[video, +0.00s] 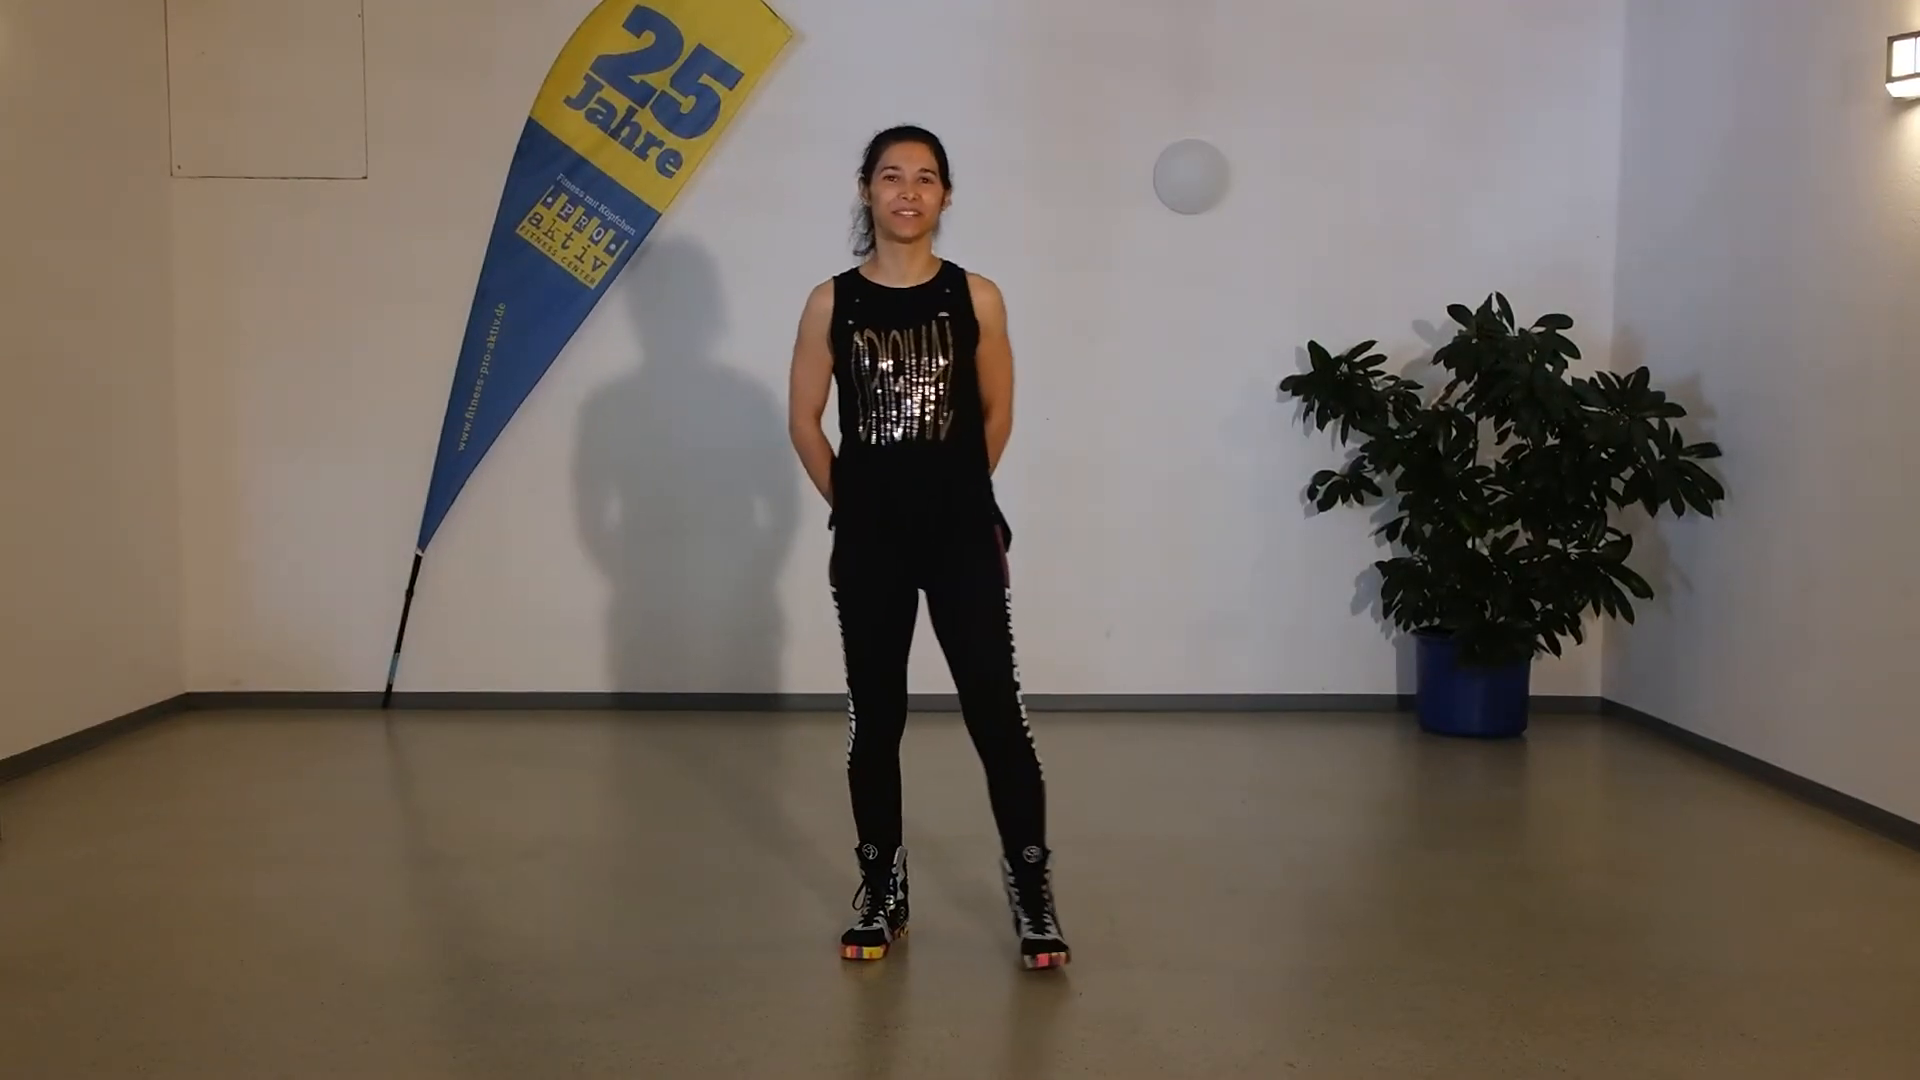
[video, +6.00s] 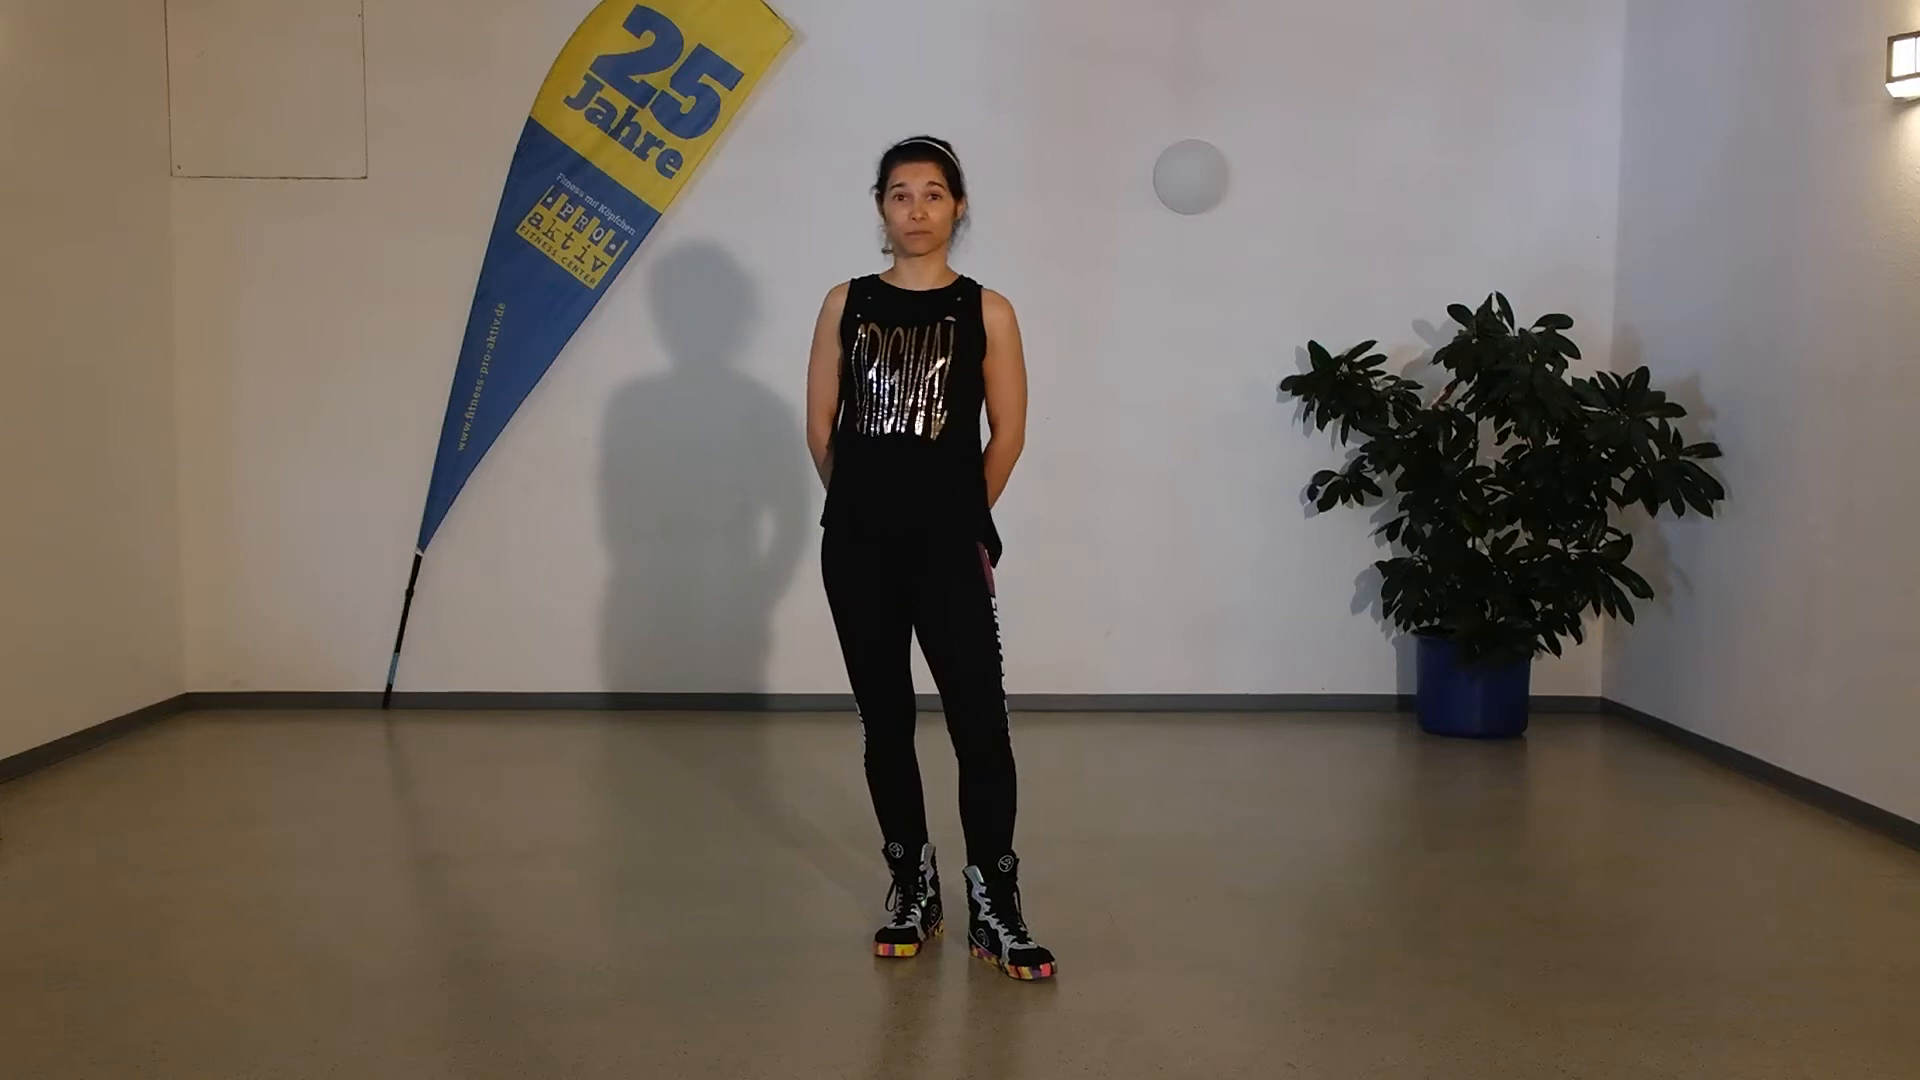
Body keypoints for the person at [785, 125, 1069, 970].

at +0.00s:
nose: (908, 191)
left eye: (924, 179)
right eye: (893, 177)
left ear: (945, 198)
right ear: (866, 193)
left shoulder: (976, 296)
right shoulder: (831, 303)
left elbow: (997, 416)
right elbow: (805, 424)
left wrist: (958, 490)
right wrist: (852, 504)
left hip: (960, 524)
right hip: (869, 527)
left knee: (995, 712)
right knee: (875, 717)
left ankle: (1033, 897)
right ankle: (882, 894)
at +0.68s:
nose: (1005, 182)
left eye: (1022, 169)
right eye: (988, 172)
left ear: (1051, 187)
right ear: (969, 195)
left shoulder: (1092, 293)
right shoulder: (944, 297)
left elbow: (1124, 416)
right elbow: (930, 425)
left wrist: (1084, 508)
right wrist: (972, 504)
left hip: (1067, 531)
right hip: (973, 528)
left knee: (1056, 727)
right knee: (945, 716)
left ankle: (1048, 912)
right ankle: (926, 895)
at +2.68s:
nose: (922, 201)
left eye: (936, 186)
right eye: (904, 192)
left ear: (964, 198)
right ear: (888, 211)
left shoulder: (1001, 307)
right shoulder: (861, 301)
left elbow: (1012, 431)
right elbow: (822, 422)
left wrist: (968, 502)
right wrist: (860, 517)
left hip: (971, 535)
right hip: (883, 536)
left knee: (1007, 717)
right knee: (901, 720)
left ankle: (993, 902)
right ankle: (915, 886)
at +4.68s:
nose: (937, 206)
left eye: (955, 196)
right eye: (923, 191)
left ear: (973, 215)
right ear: (899, 204)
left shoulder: (996, 307)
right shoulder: (854, 300)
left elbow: (1015, 426)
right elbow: (829, 423)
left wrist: (970, 503)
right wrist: (864, 501)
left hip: (962, 534)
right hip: (871, 534)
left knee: (989, 717)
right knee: (892, 716)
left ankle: (996, 899)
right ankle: (912, 885)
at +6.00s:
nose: (914, 206)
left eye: (930, 193)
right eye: (899, 194)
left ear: (956, 209)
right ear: (880, 210)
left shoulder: (987, 309)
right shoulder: (846, 303)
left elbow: (1009, 431)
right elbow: (821, 427)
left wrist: (967, 517)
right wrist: (857, 501)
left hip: (950, 540)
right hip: (858, 540)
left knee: (980, 725)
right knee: (886, 723)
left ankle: (994, 903)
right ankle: (910, 886)